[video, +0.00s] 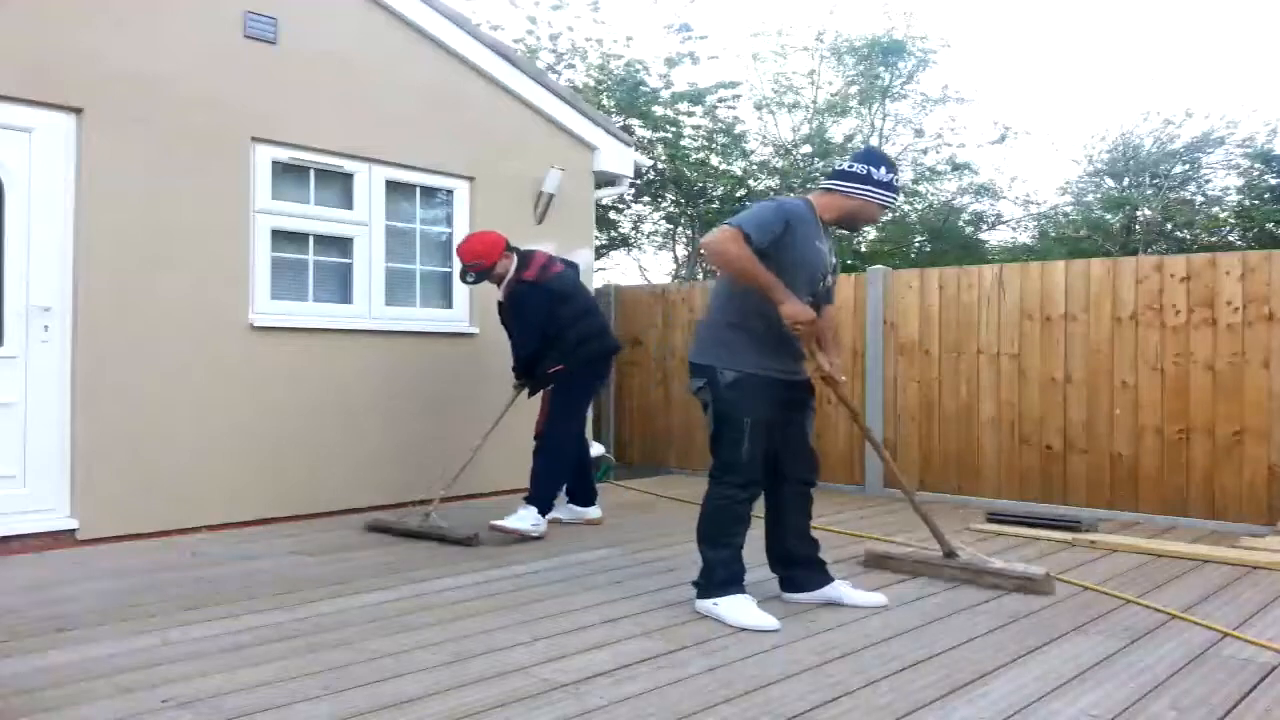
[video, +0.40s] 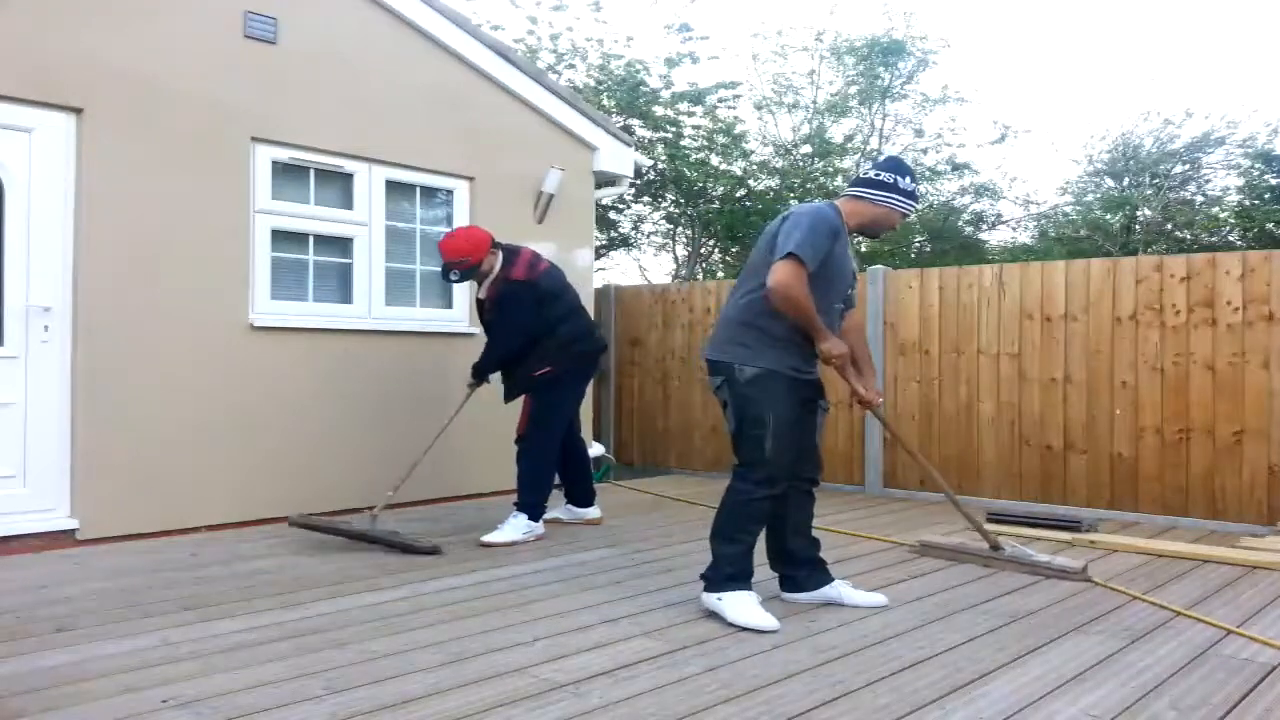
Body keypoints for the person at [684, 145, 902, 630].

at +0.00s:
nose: (877, 219)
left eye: (882, 211)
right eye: (880, 209)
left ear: (852, 192)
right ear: (860, 194)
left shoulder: (825, 250)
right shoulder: (786, 211)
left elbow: (819, 311)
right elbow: (719, 243)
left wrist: (828, 355)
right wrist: (783, 298)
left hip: (786, 374)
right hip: (735, 367)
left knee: (794, 478)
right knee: (736, 478)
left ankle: (803, 580)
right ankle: (718, 589)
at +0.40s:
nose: (899, 224)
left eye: (904, 216)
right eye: (900, 213)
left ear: (871, 197)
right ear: (881, 199)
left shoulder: (843, 257)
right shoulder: (817, 217)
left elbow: (849, 321)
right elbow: (783, 283)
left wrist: (866, 377)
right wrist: (824, 336)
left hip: (792, 368)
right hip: (752, 361)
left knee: (798, 474)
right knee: (762, 471)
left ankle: (803, 579)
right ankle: (724, 584)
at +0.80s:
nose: (874, 213)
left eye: (878, 205)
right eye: (876, 202)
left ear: (846, 188)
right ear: (855, 189)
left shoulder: (822, 246)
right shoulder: (786, 212)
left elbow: (823, 308)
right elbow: (733, 260)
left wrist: (851, 351)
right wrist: (808, 299)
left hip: (792, 376)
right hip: (744, 370)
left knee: (789, 483)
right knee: (735, 481)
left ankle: (803, 581)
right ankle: (704, 591)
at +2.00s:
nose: (917, 204)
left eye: (923, 195)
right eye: (915, 191)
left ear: (900, 184)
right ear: (887, 175)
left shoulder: (892, 241)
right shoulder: (794, 206)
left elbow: (890, 310)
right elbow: (708, 232)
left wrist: (872, 340)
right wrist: (774, 256)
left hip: (833, 381)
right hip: (759, 369)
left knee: (820, 490)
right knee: (737, 482)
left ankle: (820, 594)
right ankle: (714, 592)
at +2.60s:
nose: (874, 198)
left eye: (882, 188)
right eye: (865, 186)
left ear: (887, 183)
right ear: (835, 173)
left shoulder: (888, 236)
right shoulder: (768, 213)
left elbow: (912, 309)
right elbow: (702, 270)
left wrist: (887, 377)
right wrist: (759, 315)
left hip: (838, 386)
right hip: (758, 378)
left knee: (831, 489)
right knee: (755, 484)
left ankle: (822, 593)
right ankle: (762, 583)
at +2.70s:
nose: (822, 190)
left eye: (836, 180)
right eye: (812, 177)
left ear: (856, 179)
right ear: (796, 169)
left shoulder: (877, 229)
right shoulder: (752, 215)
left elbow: (913, 298)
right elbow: (692, 270)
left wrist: (877, 363)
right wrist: (739, 298)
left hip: (836, 381)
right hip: (756, 378)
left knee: (830, 489)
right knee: (756, 484)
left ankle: (822, 593)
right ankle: (762, 584)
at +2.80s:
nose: (794, 185)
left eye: (807, 177)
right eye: (787, 174)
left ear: (835, 175)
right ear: (777, 167)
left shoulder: (869, 226)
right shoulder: (742, 216)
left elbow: (908, 292)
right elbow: (681, 266)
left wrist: (858, 349)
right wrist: (716, 286)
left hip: (830, 380)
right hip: (753, 377)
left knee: (828, 488)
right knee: (755, 484)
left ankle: (822, 593)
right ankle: (762, 584)